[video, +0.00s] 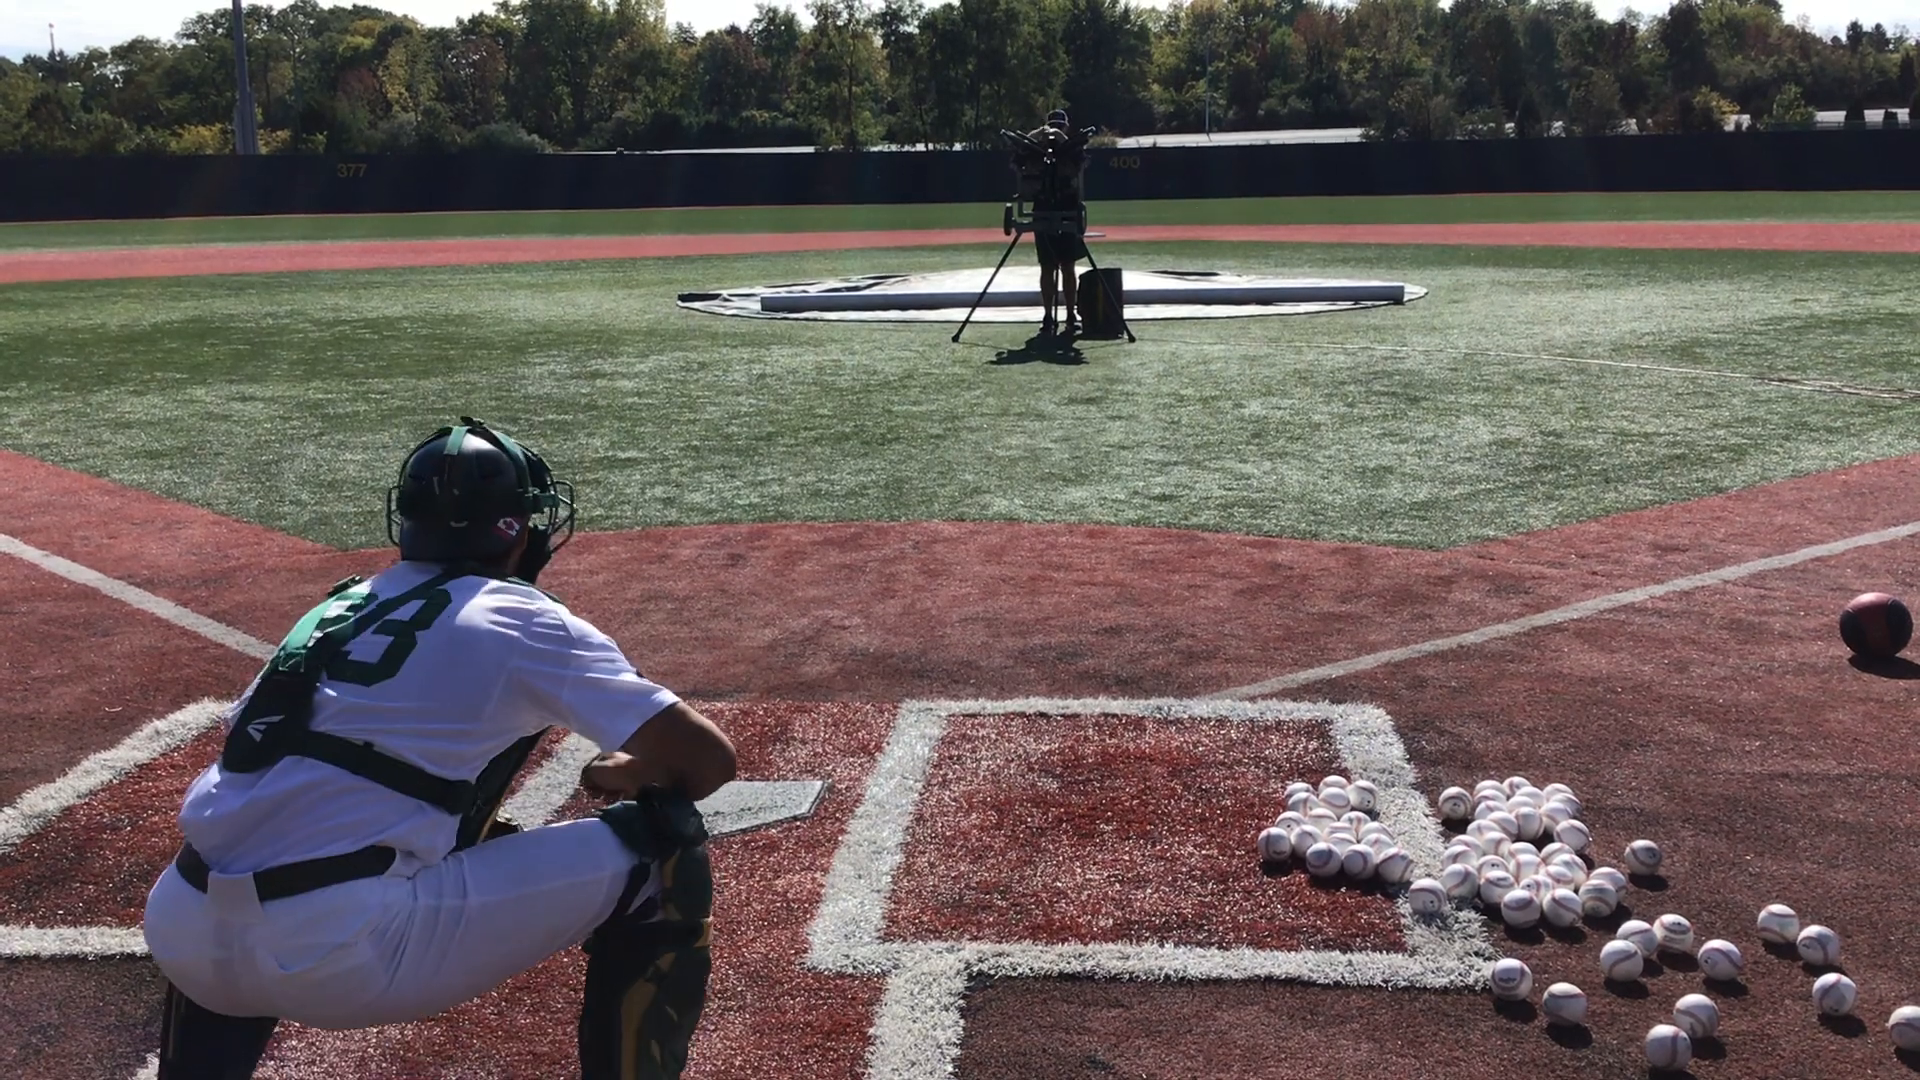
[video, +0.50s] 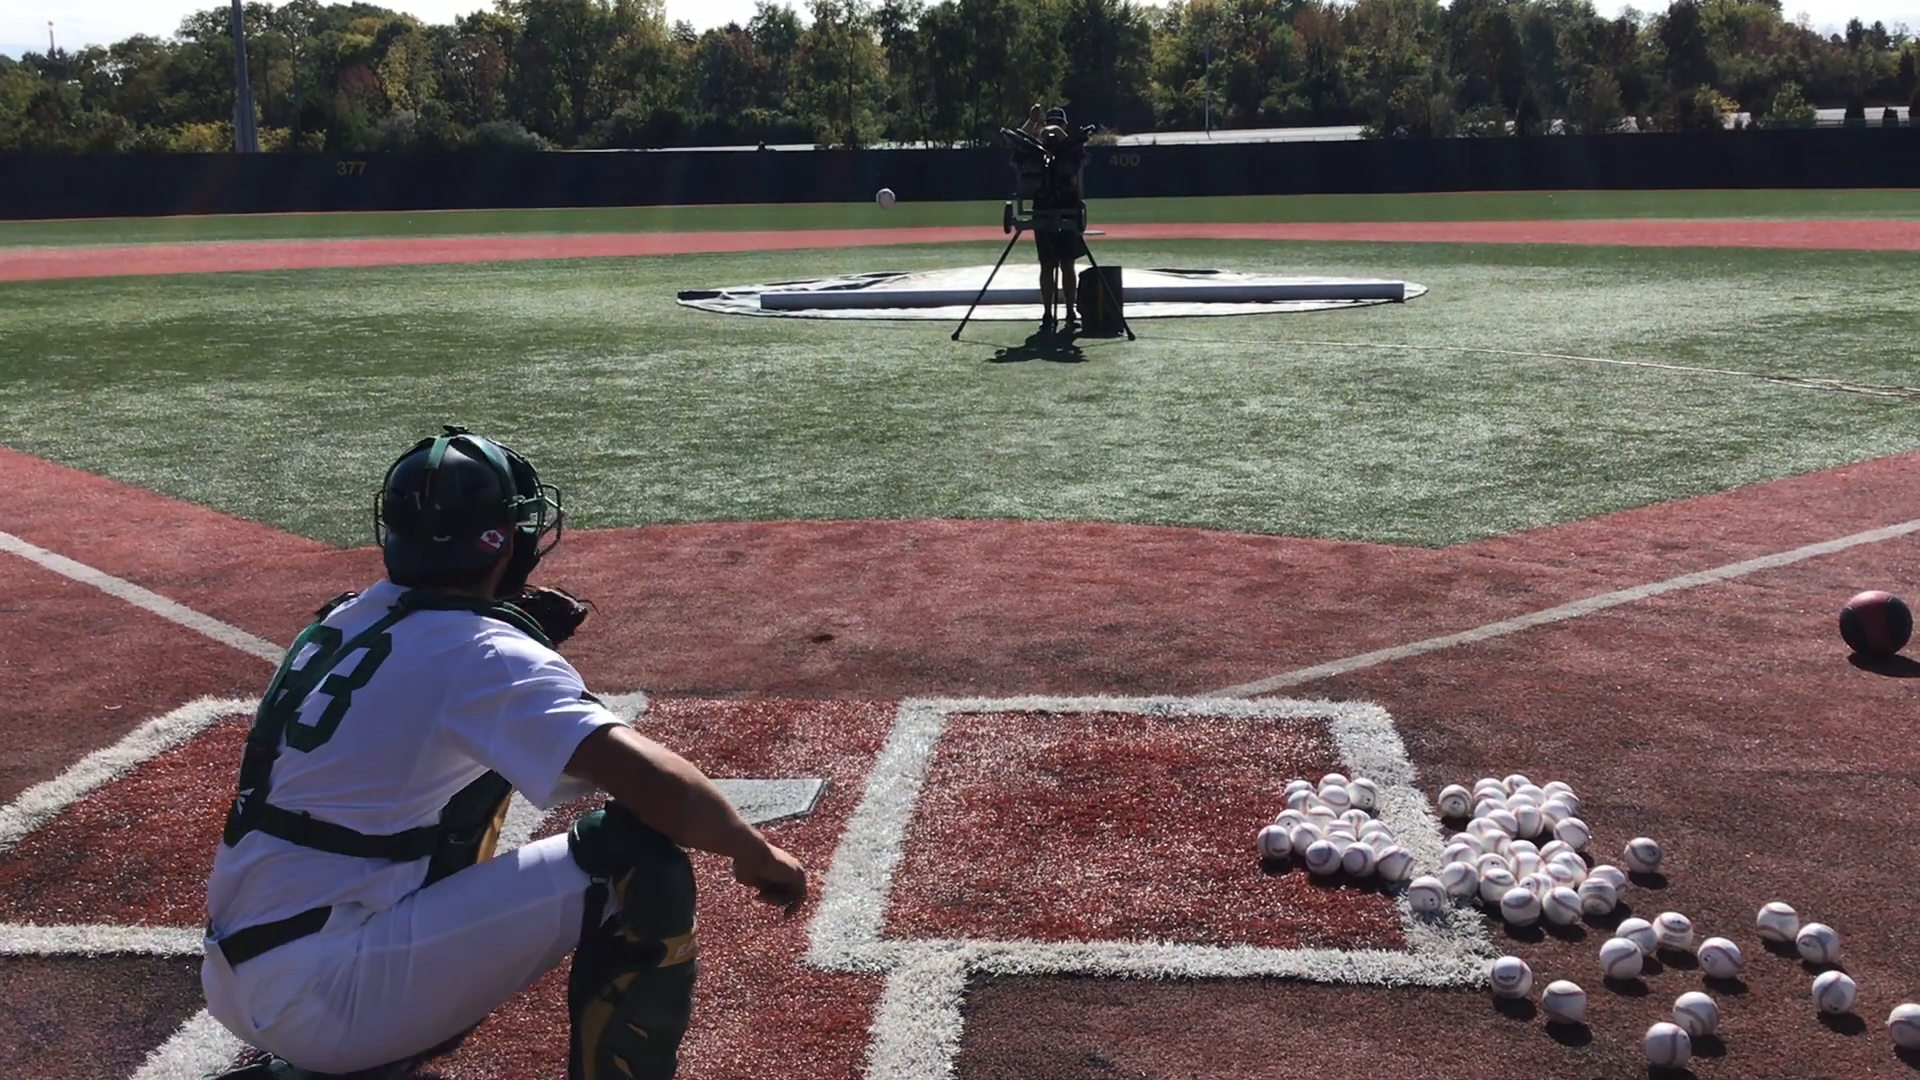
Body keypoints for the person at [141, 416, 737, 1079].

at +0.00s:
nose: (540, 537)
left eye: (536, 521)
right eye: (534, 523)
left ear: (409, 527)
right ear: (510, 535)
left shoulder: (342, 600)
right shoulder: (518, 618)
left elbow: (282, 753)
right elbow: (705, 757)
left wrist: (451, 822)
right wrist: (623, 771)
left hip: (181, 932)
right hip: (338, 951)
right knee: (662, 847)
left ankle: (193, 1066)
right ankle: (630, 1062)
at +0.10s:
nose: (535, 549)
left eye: (531, 533)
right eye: (529, 536)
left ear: (402, 536)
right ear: (507, 550)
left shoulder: (335, 611)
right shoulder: (497, 633)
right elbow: (701, 768)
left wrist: (448, 831)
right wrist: (645, 779)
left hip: (167, 948)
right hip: (307, 970)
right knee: (644, 844)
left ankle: (208, 1068)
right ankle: (620, 1066)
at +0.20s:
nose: (527, 552)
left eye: (525, 537)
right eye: (522, 540)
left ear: (398, 541)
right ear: (497, 554)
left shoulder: (331, 615)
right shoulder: (485, 640)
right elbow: (693, 768)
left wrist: (452, 835)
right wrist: (684, 832)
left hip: (164, 960)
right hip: (296, 980)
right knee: (637, 835)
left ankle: (219, 1064)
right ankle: (616, 1065)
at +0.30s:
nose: (527, 555)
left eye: (524, 539)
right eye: (519, 541)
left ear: (396, 545)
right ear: (496, 559)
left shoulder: (329, 618)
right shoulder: (478, 642)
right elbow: (679, 767)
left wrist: (478, 809)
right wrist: (713, 837)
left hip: (176, 967)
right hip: (299, 986)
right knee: (634, 835)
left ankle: (240, 1063)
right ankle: (615, 1063)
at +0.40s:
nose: (531, 552)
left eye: (528, 535)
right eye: (525, 540)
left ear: (396, 545)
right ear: (502, 556)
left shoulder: (342, 616)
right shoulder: (482, 649)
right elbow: (681, 791)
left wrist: (549, 788)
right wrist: (736, 852)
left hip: (205, 970)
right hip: (308, 992)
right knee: (640, 853)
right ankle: (615, 1063)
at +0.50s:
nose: (529, 546)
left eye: (527, 533)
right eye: (521, 534)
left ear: (398, 546)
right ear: (497, 553)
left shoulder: (343, 616)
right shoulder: (476, 650)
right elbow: (650, 778)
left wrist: (499, 628)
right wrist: (749, 847)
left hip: (238, 970)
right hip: (320, 995)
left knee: (479, 781)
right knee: (635, 856)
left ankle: (387, 1022)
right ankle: (617, 1064)